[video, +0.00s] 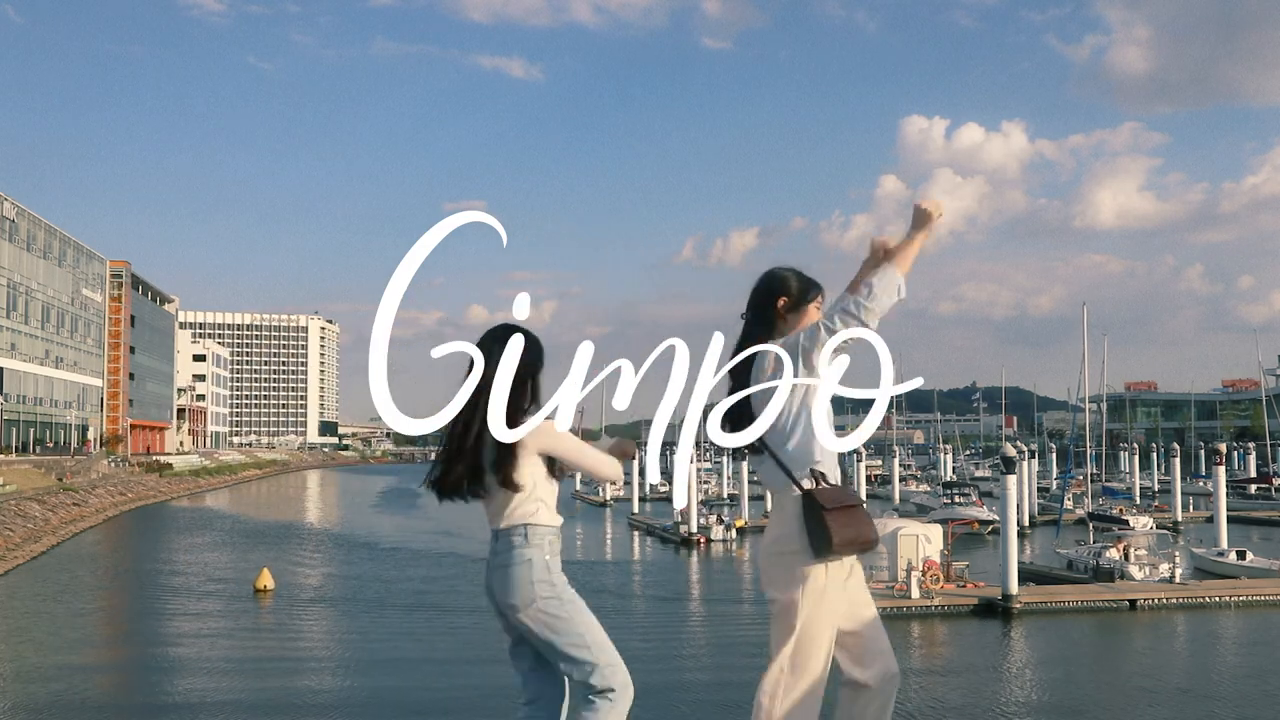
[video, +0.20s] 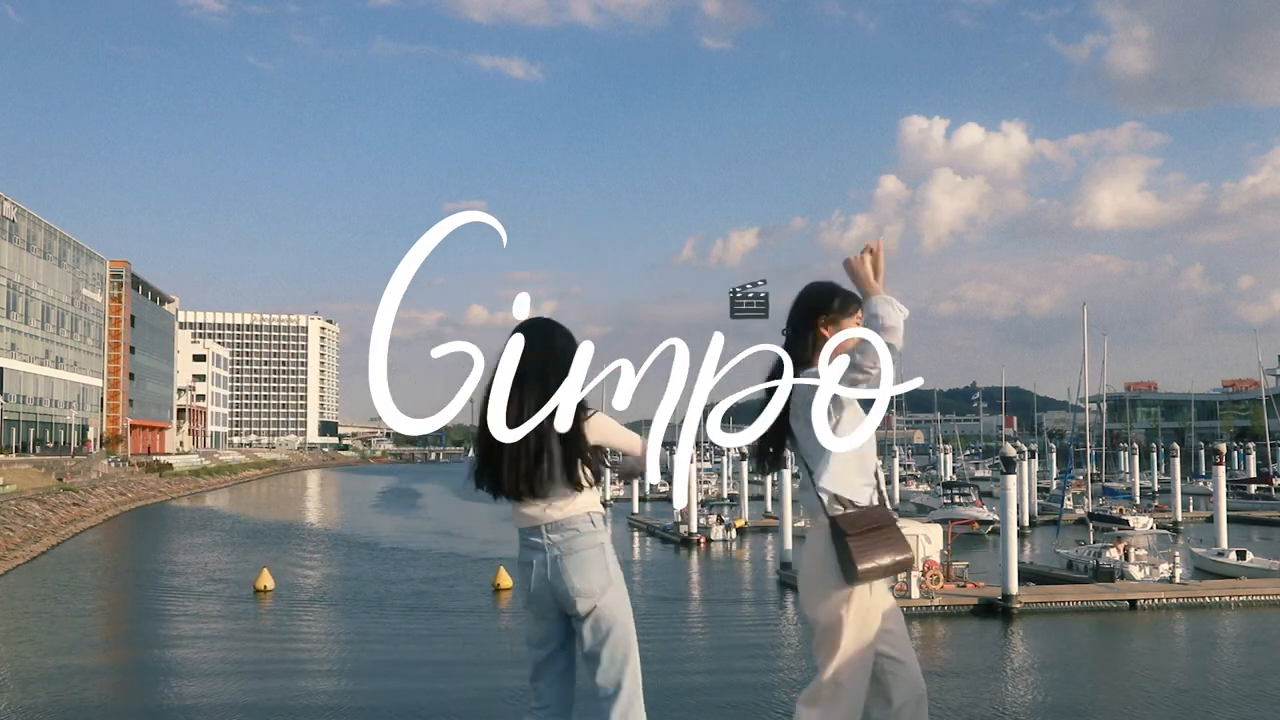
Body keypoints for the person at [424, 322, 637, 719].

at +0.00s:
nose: (538, 380)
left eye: (535, 371)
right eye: (535, 370)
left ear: (482, 370)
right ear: (528, 374)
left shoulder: (479, 434)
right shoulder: (535, 429)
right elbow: (612, 471)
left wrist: (568, 447)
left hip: (504, 574)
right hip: (535, 575)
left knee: (542, 697)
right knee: (612, 687)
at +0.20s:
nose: (578, 370)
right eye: (574, 360)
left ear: (512, 366)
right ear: (566, 366)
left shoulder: (502, 423)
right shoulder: (580, 420)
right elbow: (644, 455)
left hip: (531, 557)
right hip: (584, 555)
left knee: (547, 688)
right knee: (617, 684)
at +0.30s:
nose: (593, 364)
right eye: (588, 357)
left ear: (528, 365)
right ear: (583, 362)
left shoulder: (520, 419)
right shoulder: (597, 417)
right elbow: (668, 453)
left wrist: (624, 424)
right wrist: (615, 474)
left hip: (550, 556)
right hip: (604, 553)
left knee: (551, 672)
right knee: (640, 674)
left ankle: (542, 713)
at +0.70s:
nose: (664, 386)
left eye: (662, 377)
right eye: (658, 377)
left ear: (617, 389)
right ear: (639, 385)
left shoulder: (612, 450)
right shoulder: (643, 450)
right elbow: (710, 495)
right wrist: (699, 451)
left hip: (627, 585)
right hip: (654, 587)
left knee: (655, 702)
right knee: (700, 705)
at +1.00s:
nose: (700, 357)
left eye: (700, 347)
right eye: (691, 347)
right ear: (661, 353)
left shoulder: (691, 405)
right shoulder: (640, 424)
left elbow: (738, 411)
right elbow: (691, 471)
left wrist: (757, 411)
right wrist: (738, 464)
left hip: (721, 543)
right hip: (680, 547)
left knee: (758, 679)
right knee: (677, 691)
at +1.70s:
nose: (774, 383)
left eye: (769, 374)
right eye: (769, 375)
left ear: (719, 385)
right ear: (762, 384)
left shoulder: (709, 441)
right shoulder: (776, 440)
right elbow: (852, 468)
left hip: (724, 582)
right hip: (759, 583)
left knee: (785, 692)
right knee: (831, 691)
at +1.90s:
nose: (787, 360)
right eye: (782, 353)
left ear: (725, 363)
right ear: (778, 359)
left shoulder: (717, 414)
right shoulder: (792, 409)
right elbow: (860, 458)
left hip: (750, 547)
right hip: (799, 539)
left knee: (778, 687)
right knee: (857, 673)